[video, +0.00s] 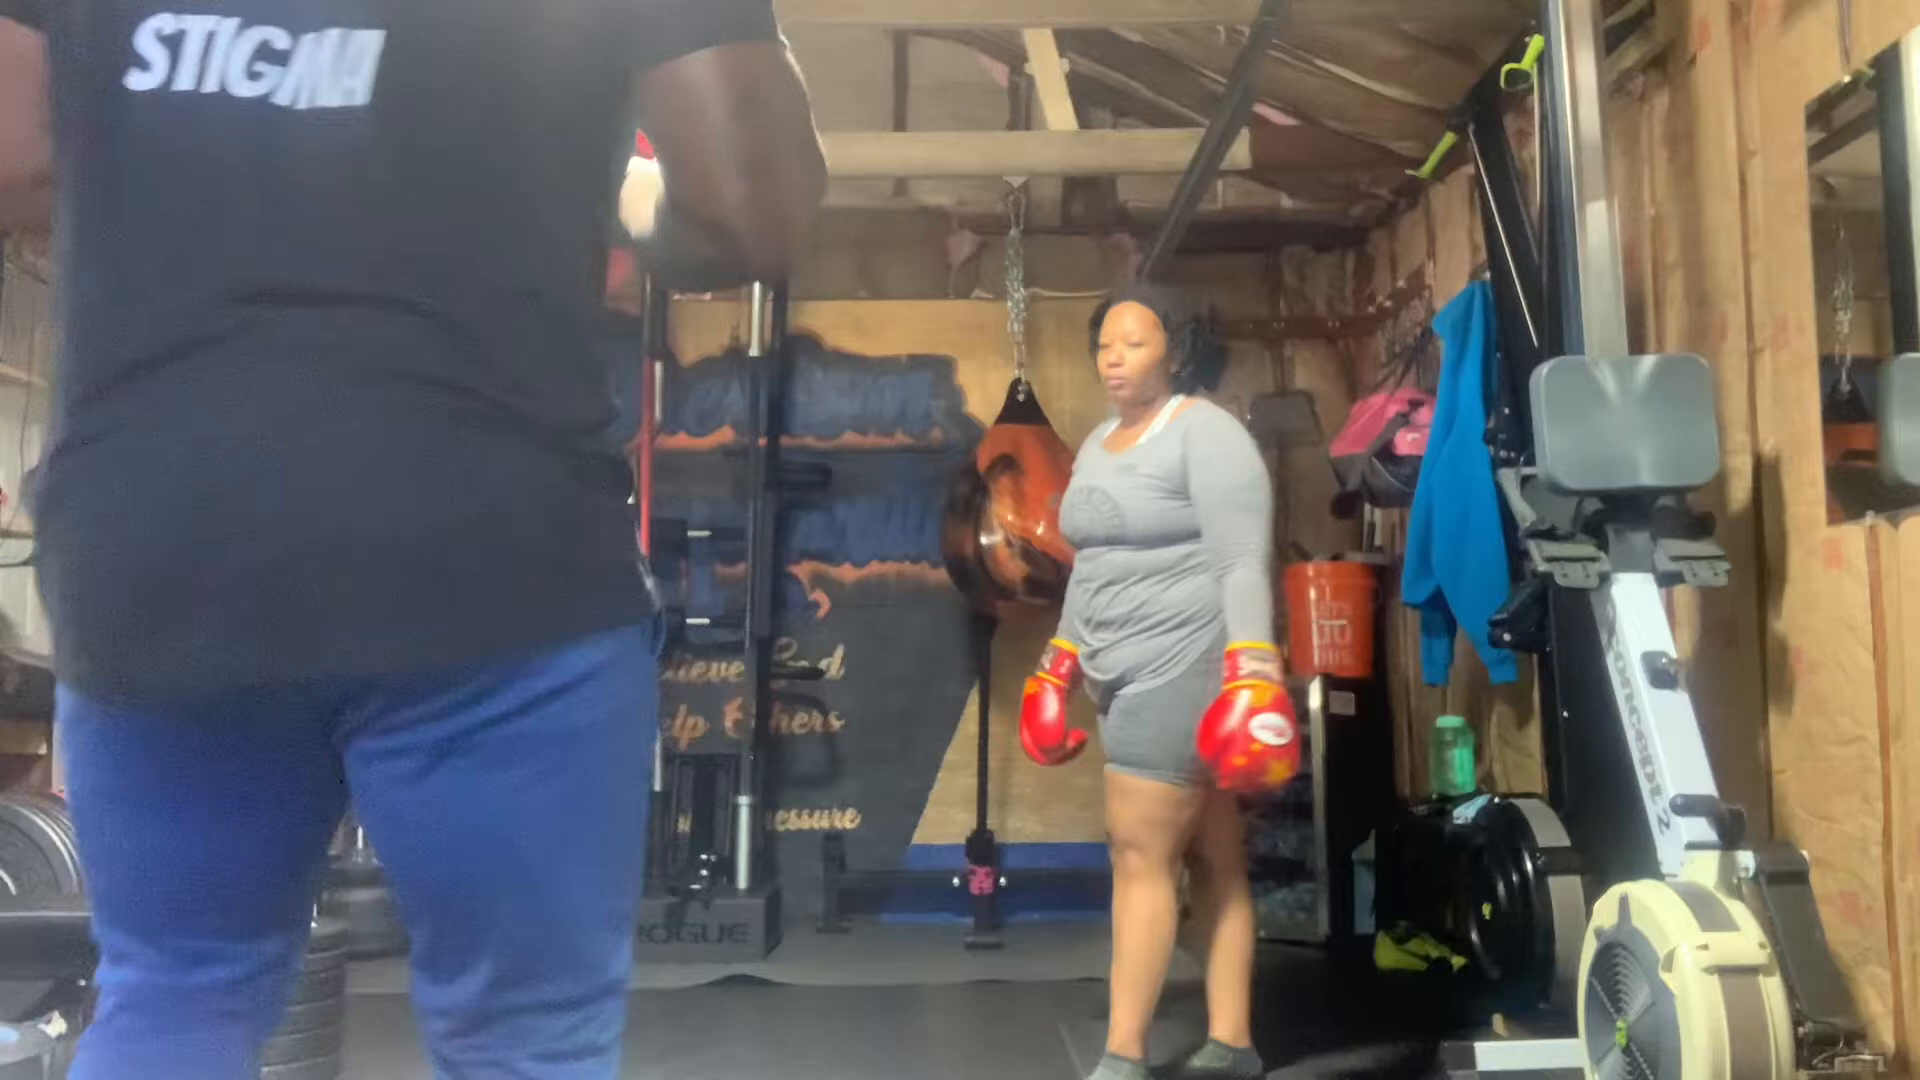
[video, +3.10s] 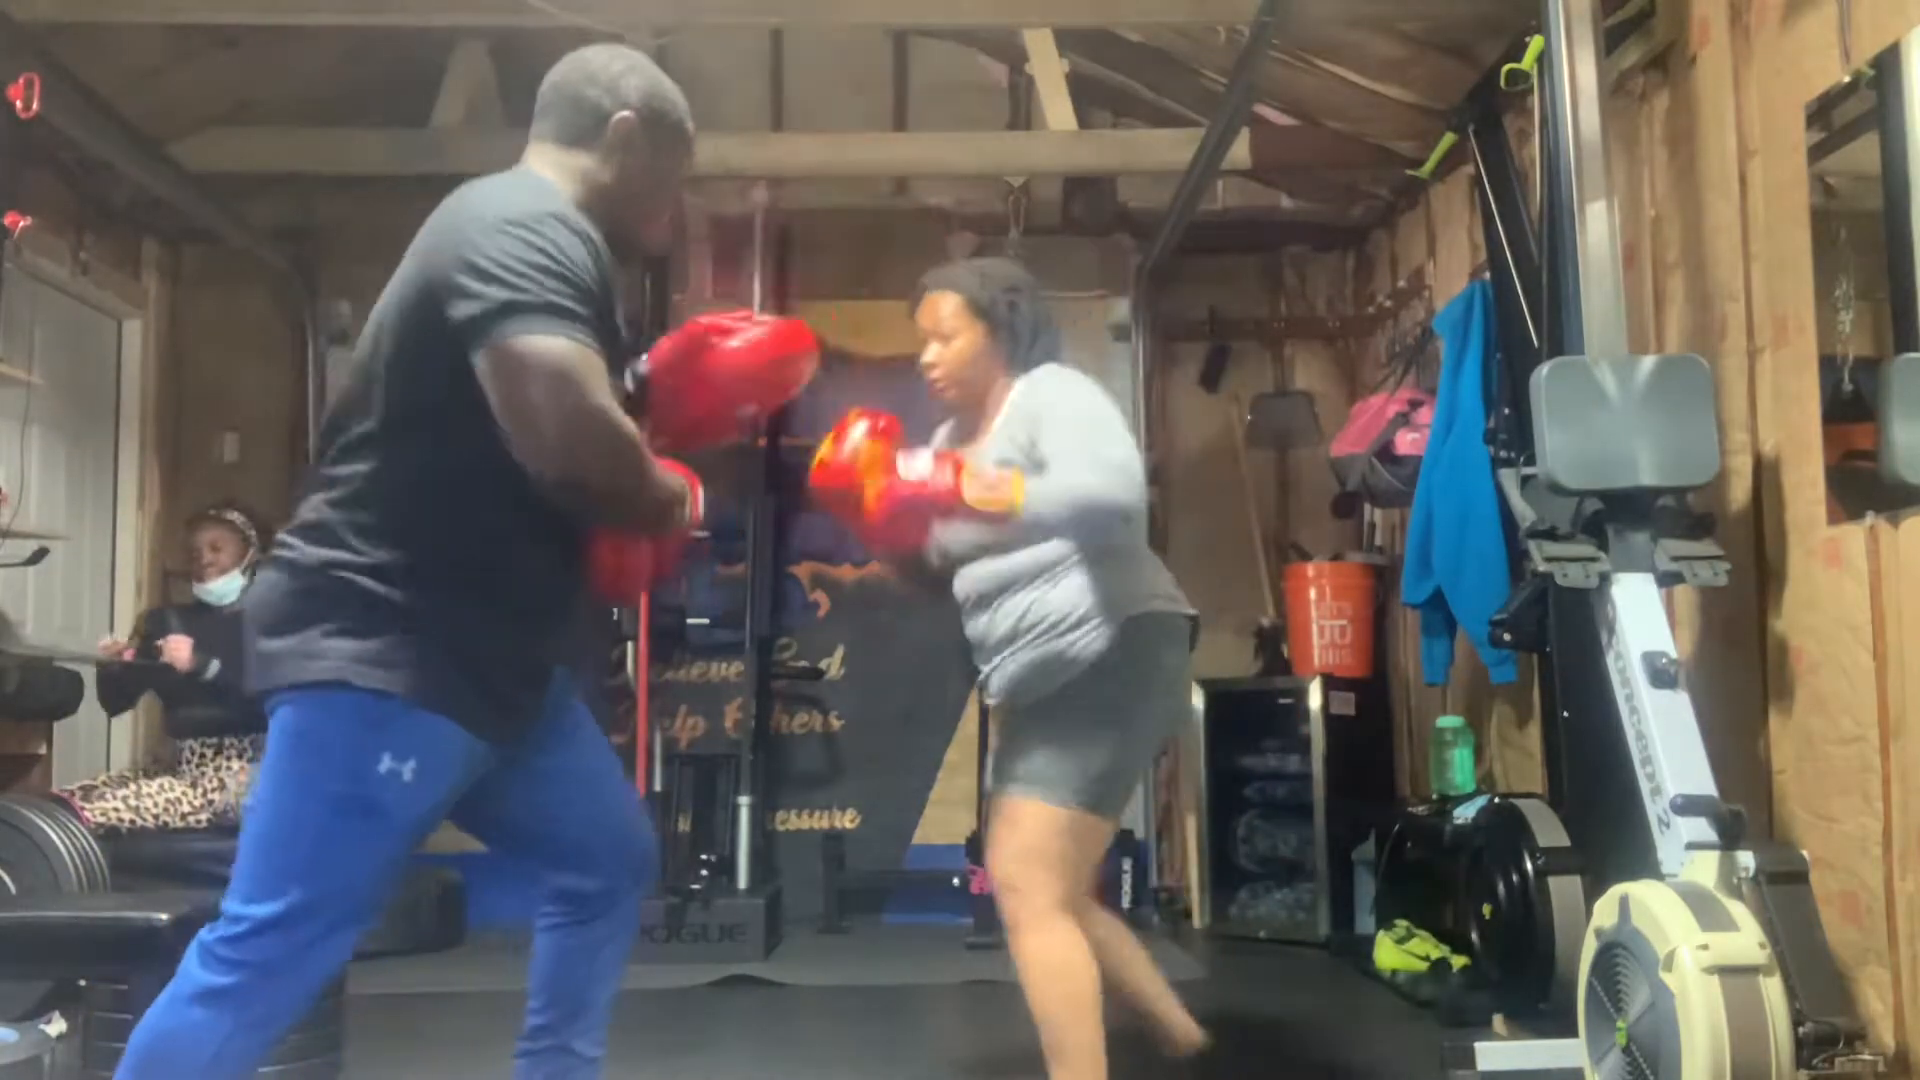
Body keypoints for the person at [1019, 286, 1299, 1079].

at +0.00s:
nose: (1115, 358)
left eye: (1134, 344)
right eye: (1107, 344)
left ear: (1174, 353)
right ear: (1095, 354)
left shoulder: (1210, 432)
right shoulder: (1102, 441)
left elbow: (1244, 556)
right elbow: (1094, 566)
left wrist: (1257, 675)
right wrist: (1058, 663)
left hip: (1186, 672)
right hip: (1133, 674)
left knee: (1139, 859)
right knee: (1217, 862)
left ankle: (1123, 1055)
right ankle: (1230, 1042)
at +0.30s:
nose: (1073, 366)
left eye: (1090, 350)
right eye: (1069, 352)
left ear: (1134, 353)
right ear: (1072, 358)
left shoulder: (1168, 426)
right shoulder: (1098, 435)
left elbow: (1186, 556)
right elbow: (1085, 568)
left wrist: (1134, 663)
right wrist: (1020, 642)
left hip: (1181, 638)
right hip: (1136, 645)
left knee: (1133, 840)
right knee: (1215, 847)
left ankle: (1121, 1058)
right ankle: (1233, 1042)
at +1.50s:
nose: (1083, 351)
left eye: (1100, 334)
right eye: (1078, 337)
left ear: (1147, 337)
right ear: (1079, 347)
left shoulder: (1189, 411)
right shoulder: (1087, 443)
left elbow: (1223, 537)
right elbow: (1072, 550)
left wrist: (1104, 532)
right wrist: (1018, 528)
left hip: (1176, 651)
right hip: (1108, 664)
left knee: (1150, 872)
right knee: (1147, 872)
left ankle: (1153, 1069)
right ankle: (1160, 1058)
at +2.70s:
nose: (1060, 349)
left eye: (1077, 330)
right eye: (1055, 333)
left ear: (1132, 333)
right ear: (1057, 340)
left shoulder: (1175, 399)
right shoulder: (1073, 430)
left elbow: (1182, 511)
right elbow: (1021, 548)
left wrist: (1081, 472)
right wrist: (1001, 478)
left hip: (1152, 638)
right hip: (1101, 652)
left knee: (1067, 880)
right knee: (1146, 898)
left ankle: (1086, 1074)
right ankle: (1214, 1071)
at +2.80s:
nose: (1038, 330)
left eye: (1054, 313)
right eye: (1033, 317)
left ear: (1106, 312)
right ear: (1031, 330)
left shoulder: (1142, 374)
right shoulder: (1040, 419)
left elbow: (1143, 447)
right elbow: (1016, 548)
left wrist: (1052, 387)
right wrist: (981, 456)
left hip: (1133, 627)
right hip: (1101, 636)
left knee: (1085, 888)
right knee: (1169, 900)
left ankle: (1093, 1075)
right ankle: (1216, 1071)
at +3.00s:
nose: (972, 337)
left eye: (989, 317)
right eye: (967, 321)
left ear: (1049, 312)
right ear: (968, 332)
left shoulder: (1089, 363)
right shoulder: (983, 421)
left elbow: (1091, 415)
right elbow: (948, 536)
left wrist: (971, 384)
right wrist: (904, 471)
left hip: (1128, 629)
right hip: (1063, 656)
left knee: (1058, 874)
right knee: (1156, 906)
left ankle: (1088, 1074)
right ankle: (1218, 1073)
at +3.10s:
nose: (926, 357)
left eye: (942, 338)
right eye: (923, 340)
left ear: (999, 333)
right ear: (937, 345)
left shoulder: (1053, 391)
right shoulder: (948, 442)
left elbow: (1116, 491)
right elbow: (939, 571)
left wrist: (993, 496)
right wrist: (867, 576)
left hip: (1113, 649)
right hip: (1035, 678)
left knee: (1028, 879)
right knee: (1050, 888)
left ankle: (1078, 1073)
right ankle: (1186, 1041)